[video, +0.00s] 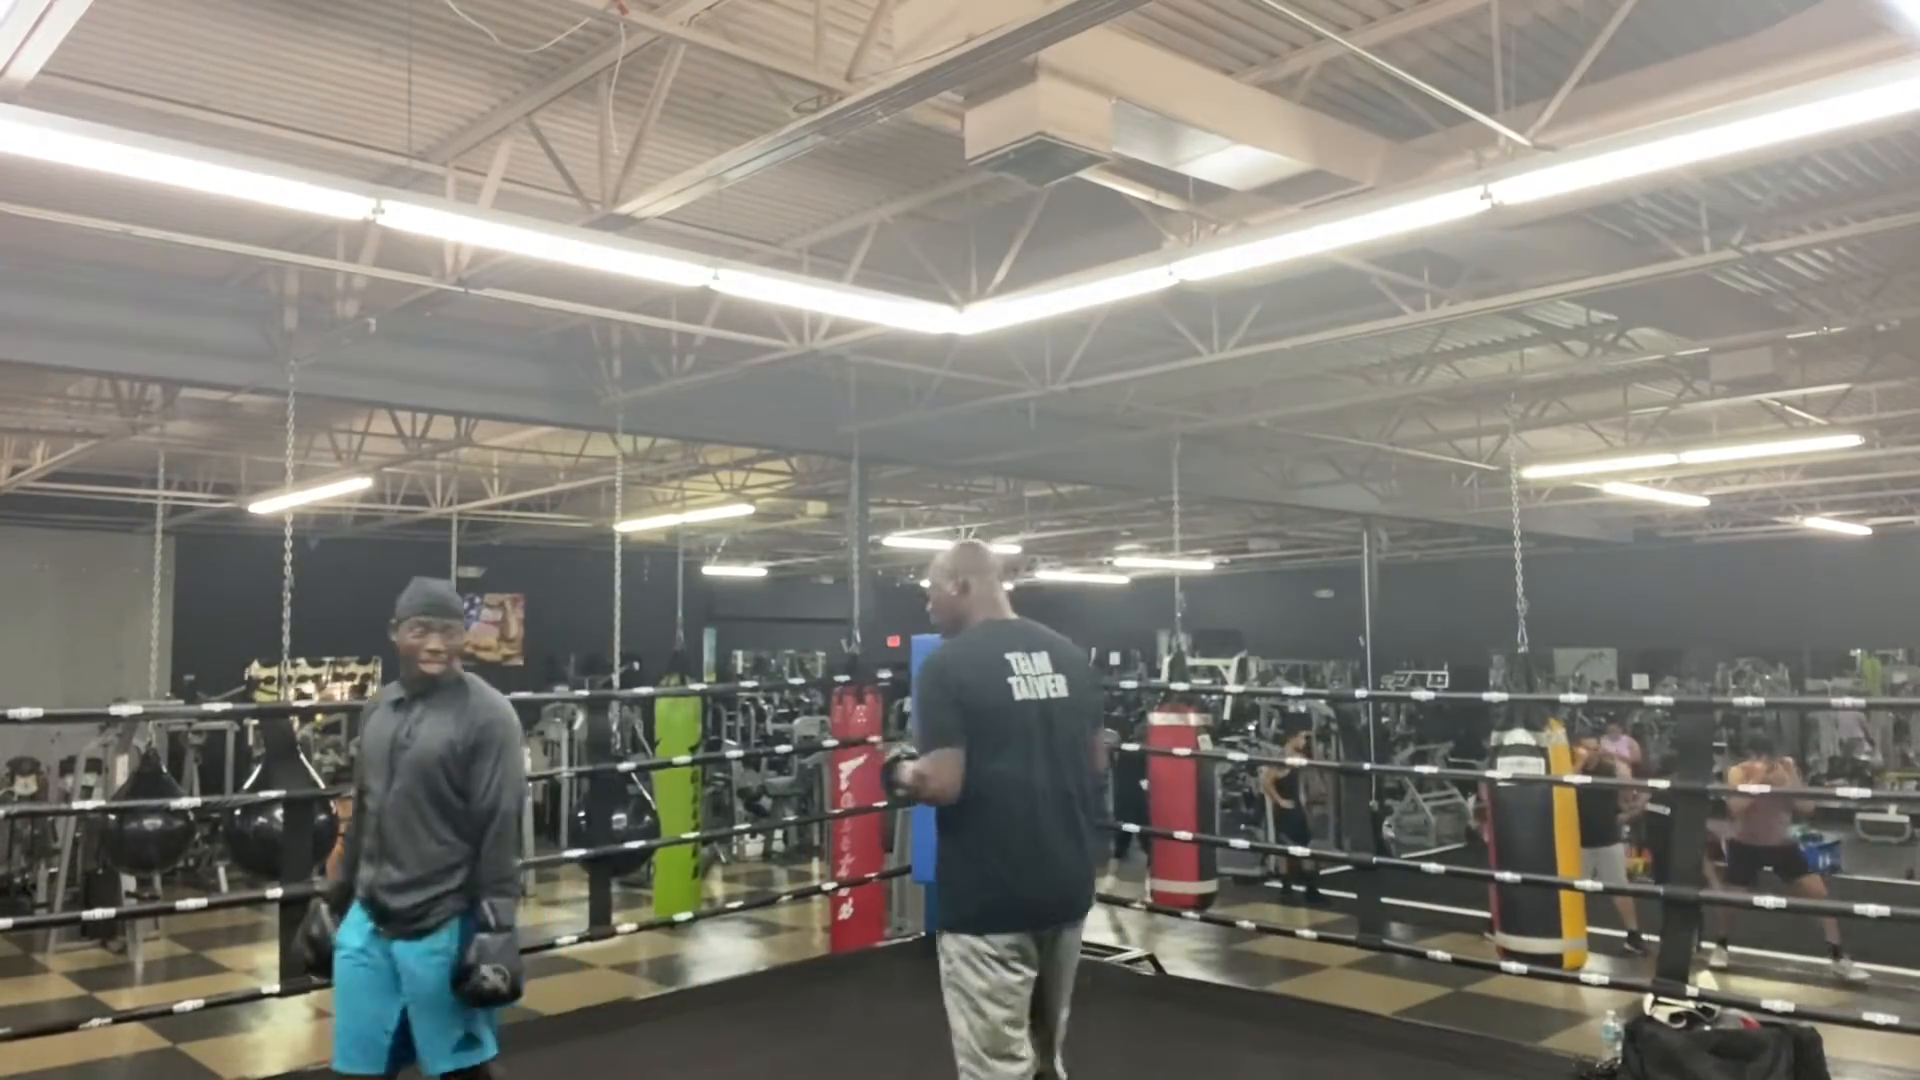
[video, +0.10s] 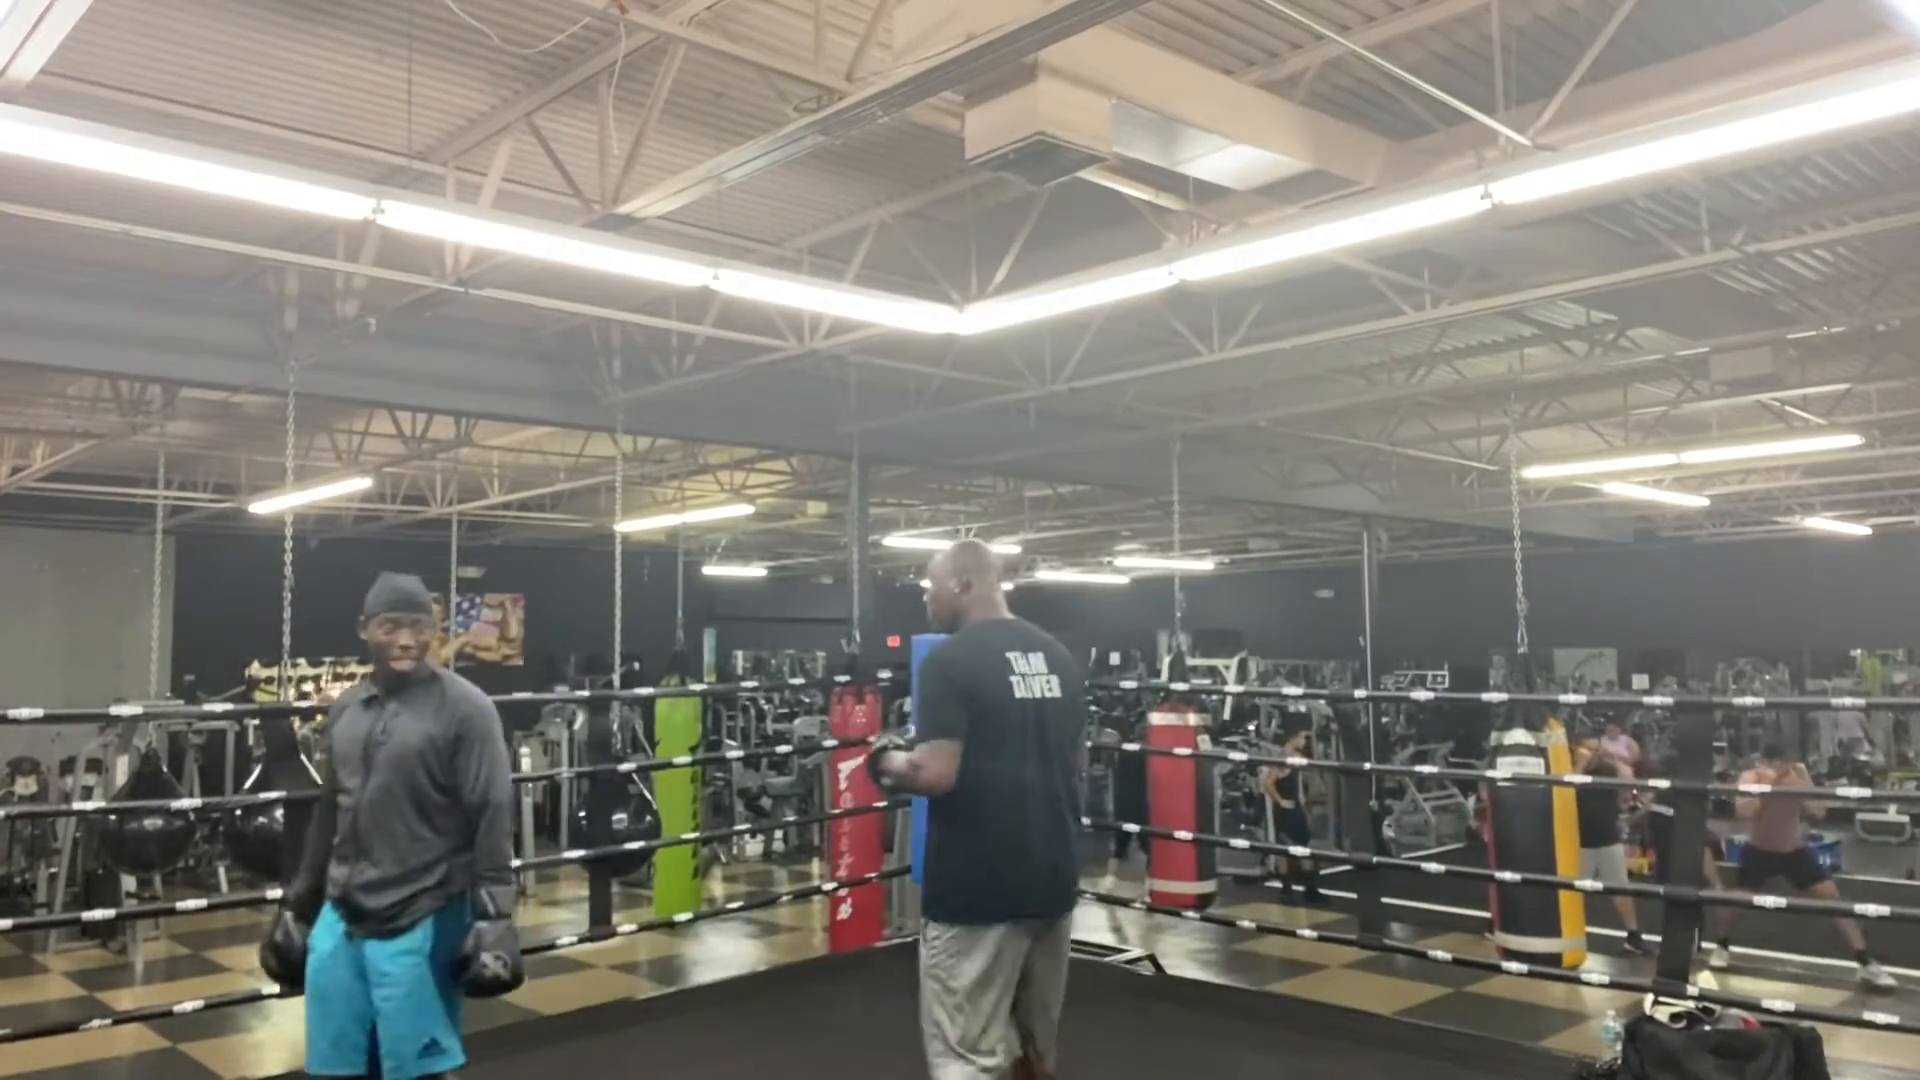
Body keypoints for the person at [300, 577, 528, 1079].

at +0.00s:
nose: (435, 645)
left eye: (447, 631)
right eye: (421, 630)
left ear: (463, 638)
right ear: (395, 635)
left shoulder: (490, 716)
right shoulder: (379, 709)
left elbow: (500, 829)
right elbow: (363, 814)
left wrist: (497, 930)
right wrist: (333, 900)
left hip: (445, 926)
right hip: (368, 921)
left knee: (461, 1067)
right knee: (357, 1067)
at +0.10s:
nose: (405, 640)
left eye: (417, 626)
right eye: (391, 626)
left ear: (433, 633)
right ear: (365, 632)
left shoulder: (467, 709)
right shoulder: (346, 709)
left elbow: (494, 815)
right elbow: (328, 814)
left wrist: (496, 918)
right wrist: (296, 909)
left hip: (424, 915)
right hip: (343, 913)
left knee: (417, 1064)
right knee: (334, 1064)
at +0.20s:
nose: (384, 638)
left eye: (395, 624)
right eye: (368, 624)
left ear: (411, 631)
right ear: (340, 632)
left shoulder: (447, 711)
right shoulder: (316, 715)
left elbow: (479, 812)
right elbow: (293, 824)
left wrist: (484, 916)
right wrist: (264, 921)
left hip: (400, 925)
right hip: (320, 921)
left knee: (372, 1067)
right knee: (306, 1067)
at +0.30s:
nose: (363, 635)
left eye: (374, 621)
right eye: (346, 621)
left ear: (389, 628)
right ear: (318, 629)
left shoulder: (425, 708)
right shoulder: (293, 712)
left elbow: (453, 815)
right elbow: (266, 821)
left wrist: (463, 918)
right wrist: (228, 920)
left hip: (380, 921)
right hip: (301, 920)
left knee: (329, 1067)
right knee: (287, 1068)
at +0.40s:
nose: (347, 634)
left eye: (360, 620)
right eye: (331, 620)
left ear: (375, 627)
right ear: (304, 628)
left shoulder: (412, 708)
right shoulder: (278, 714)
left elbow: (436, 819)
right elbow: (250, 822)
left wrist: (444, 920)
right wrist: (208, 915)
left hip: (368, 919)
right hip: (290, 921)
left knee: (309, 1067)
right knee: (275, 1068)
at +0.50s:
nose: (321, 636)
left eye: (335, 623)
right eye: (305, 622)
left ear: (352, 630)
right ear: (280, 630)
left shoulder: (391, 712)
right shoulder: (255, 714)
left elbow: (413, 830)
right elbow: (227, 827)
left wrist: (413, 933)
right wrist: (182, 915)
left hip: (346, 928)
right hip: (270, 929)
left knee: (291, 1068)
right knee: (262, 1068)